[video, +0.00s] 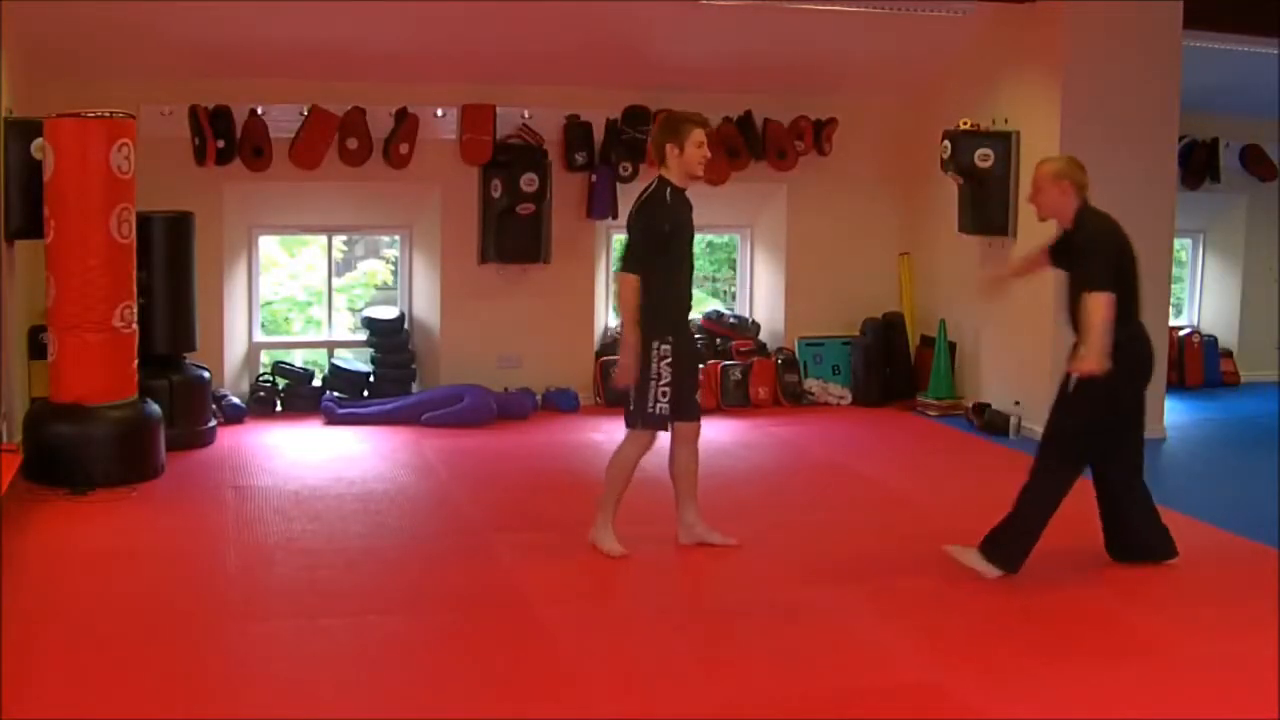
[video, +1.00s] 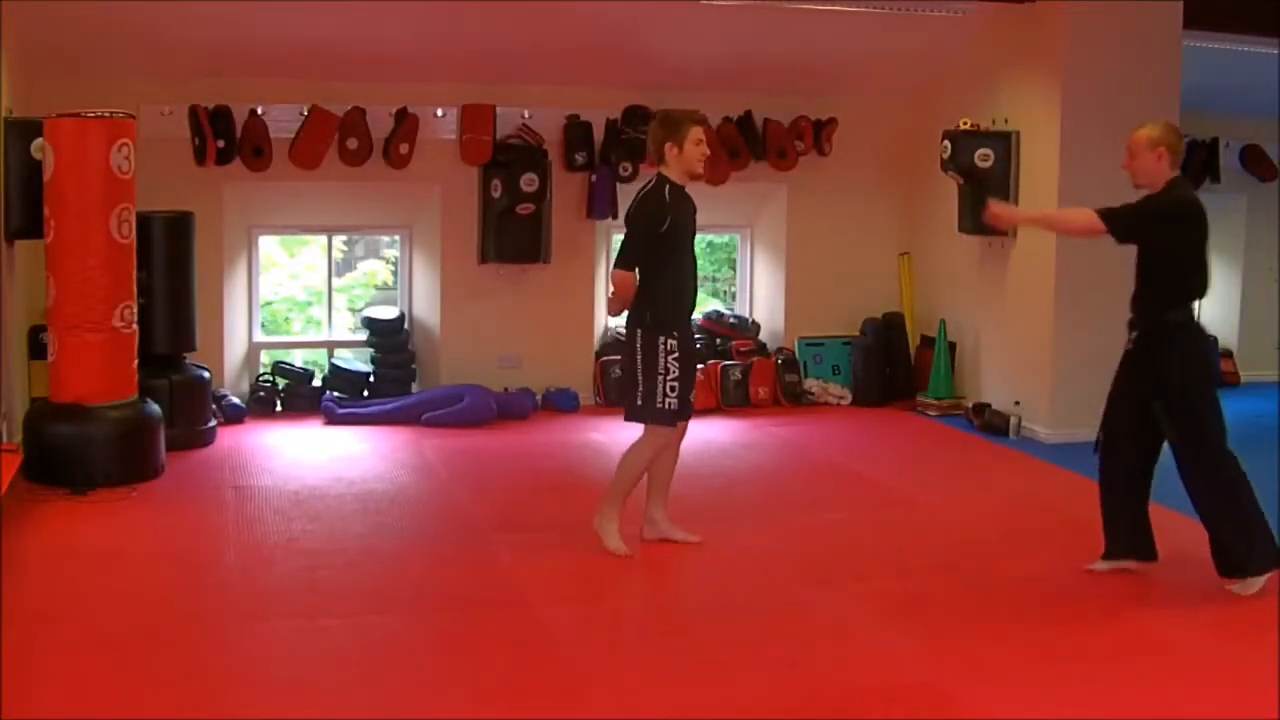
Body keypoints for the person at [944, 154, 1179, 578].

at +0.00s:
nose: (1031, 197)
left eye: (1037, 188)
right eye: (1032, 189)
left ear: (1065, 189)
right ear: (1064, 191)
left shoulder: (1094, 232)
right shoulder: (1078, 231)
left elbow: (1099, 299)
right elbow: (1043, 258)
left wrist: (1093, 351)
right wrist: (1006, 272)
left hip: (1108, 355)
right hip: (1115, 352)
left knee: (1058, 455)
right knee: (1114, 454)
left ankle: (1000, 554)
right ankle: (1146, 543)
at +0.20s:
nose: (1050, 187)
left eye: (1055, 178)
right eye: (1050, 179)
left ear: (1082, 176)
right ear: (1082, 177)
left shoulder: (1122, 215)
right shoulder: (1104, 218)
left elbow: (1171, 280)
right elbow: (1135, 286)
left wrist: (1205, 345)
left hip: (1141, 351)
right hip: (1135, 347)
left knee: (1101, 440)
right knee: (1140, 442)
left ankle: (1084, 547)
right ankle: (1149, 541)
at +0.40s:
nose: (1067, 195)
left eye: (1071, 186)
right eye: (1066, 187)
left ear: (1098, 181)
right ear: (1098, 182)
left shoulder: (1141, 214)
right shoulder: (1124, 219)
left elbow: (1200, 270)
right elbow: (1172, 272)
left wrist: (1214, 318)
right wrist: (1209, 316)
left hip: (1177, 341)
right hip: (1154, 339)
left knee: (1165, 445)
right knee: (1150, 442)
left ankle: (1221, 545)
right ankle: (1152, 545)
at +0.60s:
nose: (1091, 193)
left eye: (1098, 184)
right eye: (1092, 185)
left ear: (1125, 187)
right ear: (1124, 187)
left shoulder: (1163, 225)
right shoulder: (1147, 229)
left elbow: (1210, 291)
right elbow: (1207, 288)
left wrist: (1242, 346)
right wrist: (1247, 338)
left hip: (1205, 363)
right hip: (1176, 362)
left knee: (1232, 461)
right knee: (1151, 444)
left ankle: (1267, 568)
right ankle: (1160, 546)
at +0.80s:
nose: (1126, 175)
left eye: (1130, 165)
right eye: (1125, 166)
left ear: (1157, 159)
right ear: (1158, 160)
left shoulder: (1189, 204)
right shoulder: (1177, 202)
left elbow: (1163, 277)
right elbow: (1170, 277)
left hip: (1202, 340)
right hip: (1174, 338)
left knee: (1224, 451)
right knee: (1139, 430)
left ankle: (1263, 564)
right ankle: (1152, 534)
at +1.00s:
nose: (1126, 164)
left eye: (1132, 154)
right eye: (1127, 155)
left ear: (1161, 157)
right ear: (1161, 158)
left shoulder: (1174, 206)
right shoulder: (1168, 204)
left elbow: (1090, 223)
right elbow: (1095, 223)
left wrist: (1017, 216)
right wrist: (1022, 218)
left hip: (1176, 347)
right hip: (1148, 346)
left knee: (1204, 455)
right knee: (1121, 445)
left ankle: (1255, 558)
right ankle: (1128, 548)